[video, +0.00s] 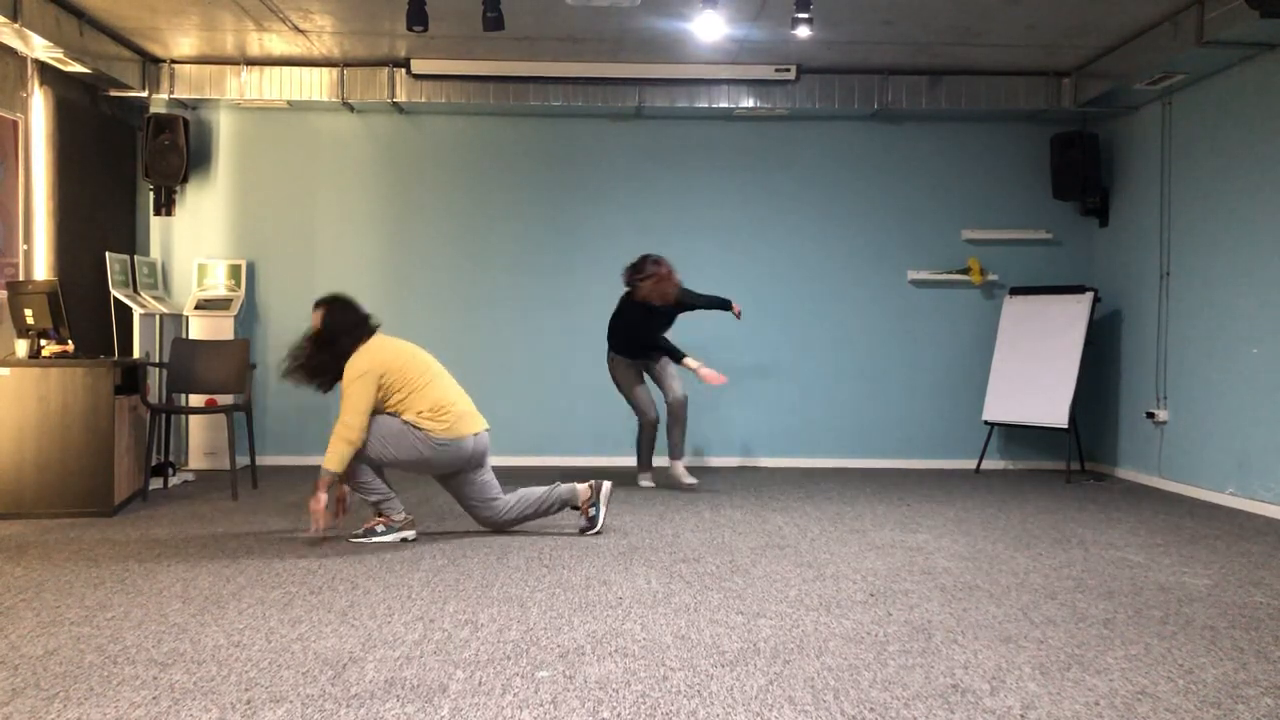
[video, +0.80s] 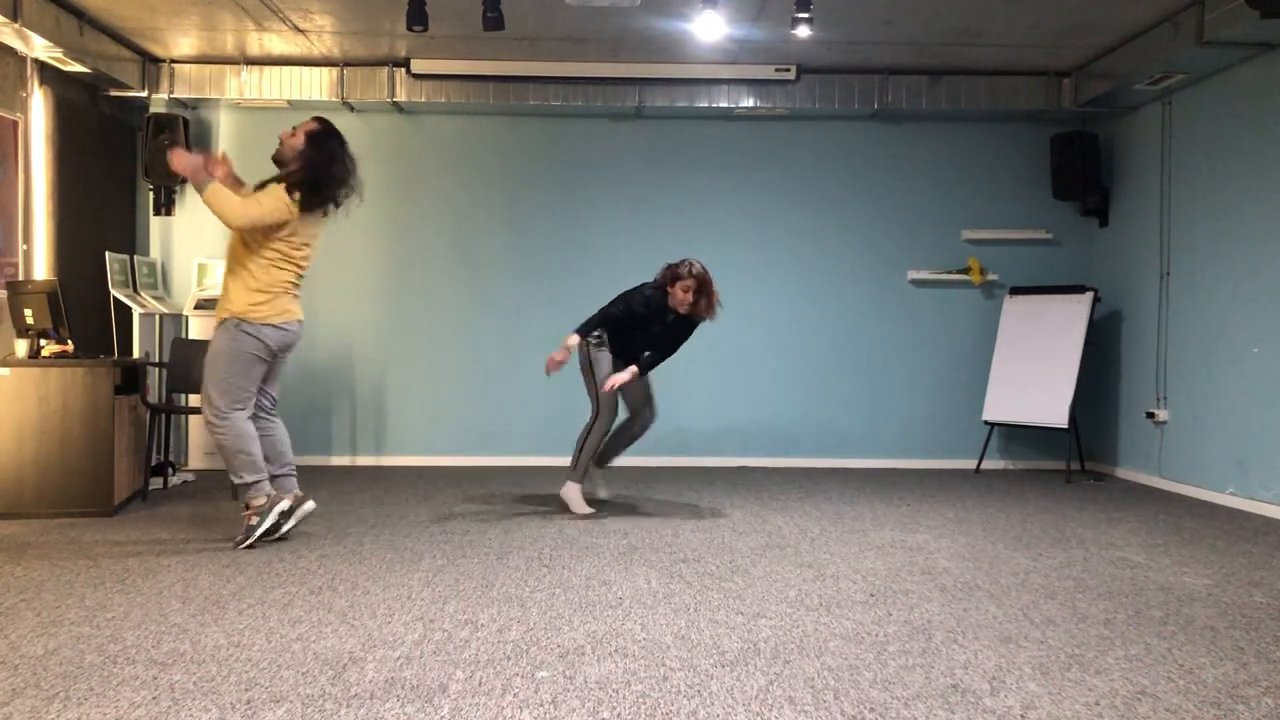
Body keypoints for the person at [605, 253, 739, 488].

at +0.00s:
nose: (668, 287)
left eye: (667, 281)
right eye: (661, 282)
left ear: (669, 280)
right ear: (647, 285)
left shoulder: (674, 297)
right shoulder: (631, 307)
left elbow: (700, 301)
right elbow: (656, 341)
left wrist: (730, 306)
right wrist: (695, 366)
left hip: (655, 353)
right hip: (624, 358)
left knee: (678, 398)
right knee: (649, 416)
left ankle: (676, 465)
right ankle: (644, 473)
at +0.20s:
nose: (698, 308)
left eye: (701, 302)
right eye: (692, 303)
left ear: (707, 302)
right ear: (676, 302)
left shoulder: (691, 319)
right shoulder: (665, 323)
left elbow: (712, 335)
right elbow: (694, 359)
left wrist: (739, 354)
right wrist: (730, 385)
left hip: (657, 367)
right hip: (626, 372)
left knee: (688, 415)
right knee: (658, 431)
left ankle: (685, 475)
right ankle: (627, 463)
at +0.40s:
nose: (689, 304)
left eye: (694, 299)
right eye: (684, 297)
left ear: (698, 301)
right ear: (669, 293)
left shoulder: (684, 323)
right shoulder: (655, 305)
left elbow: (700, 355)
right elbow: (675, 346)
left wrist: (718, 393)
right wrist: (703, 384)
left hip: (630, 358)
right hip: (600, 355)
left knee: (667, 410)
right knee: (627, 419)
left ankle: (661, 471)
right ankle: (597, 484)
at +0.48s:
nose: (684, 300)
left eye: (690, 295)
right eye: (679, 293)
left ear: (695, 296)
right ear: (665, 289)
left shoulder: (683, 321)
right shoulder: (651, 303)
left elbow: (693, 359)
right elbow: (663, 346)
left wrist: (705, 403)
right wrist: (690, 389)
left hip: (621, 354)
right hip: (594, 348)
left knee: (651, 411)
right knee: (625, 413)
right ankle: (590, 478)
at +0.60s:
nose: (681, 300)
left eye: (686, 294)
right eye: (675, 293)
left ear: (691, 297)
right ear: (661, 289)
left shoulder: (683, 322)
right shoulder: (640, 303)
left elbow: (674, 358)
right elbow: (628, 341)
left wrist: (664, 400)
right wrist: (634, 381)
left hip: (611, 360)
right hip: (588, 347)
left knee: (588, 423)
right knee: (610, 414)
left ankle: (542, 480)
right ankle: (577, 486)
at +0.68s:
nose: (682, 302)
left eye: (687, 296)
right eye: (677, 295)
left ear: (692, 298)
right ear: (662, 292)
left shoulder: (685, 323)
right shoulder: (641, 305)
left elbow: (667, 356)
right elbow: (616, 337)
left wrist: (647, 394)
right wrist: (604, 374)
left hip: (615, 363)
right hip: (589, 350)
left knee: (602, 430)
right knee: (598, 423)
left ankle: (547, 473)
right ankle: (569, 492)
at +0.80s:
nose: (690, 298)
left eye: (696, 293)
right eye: (685, 290)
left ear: (701, 295)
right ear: (670, 286)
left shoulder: (691, 319)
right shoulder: (647, 296)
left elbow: (664, 351)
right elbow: (603, 315)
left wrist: (629, 374)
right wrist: (568, 346)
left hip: (628, 354)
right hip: (598, 342)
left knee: (643, 416)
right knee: (605, 412)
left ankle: (596, 466)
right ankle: (572, 485)